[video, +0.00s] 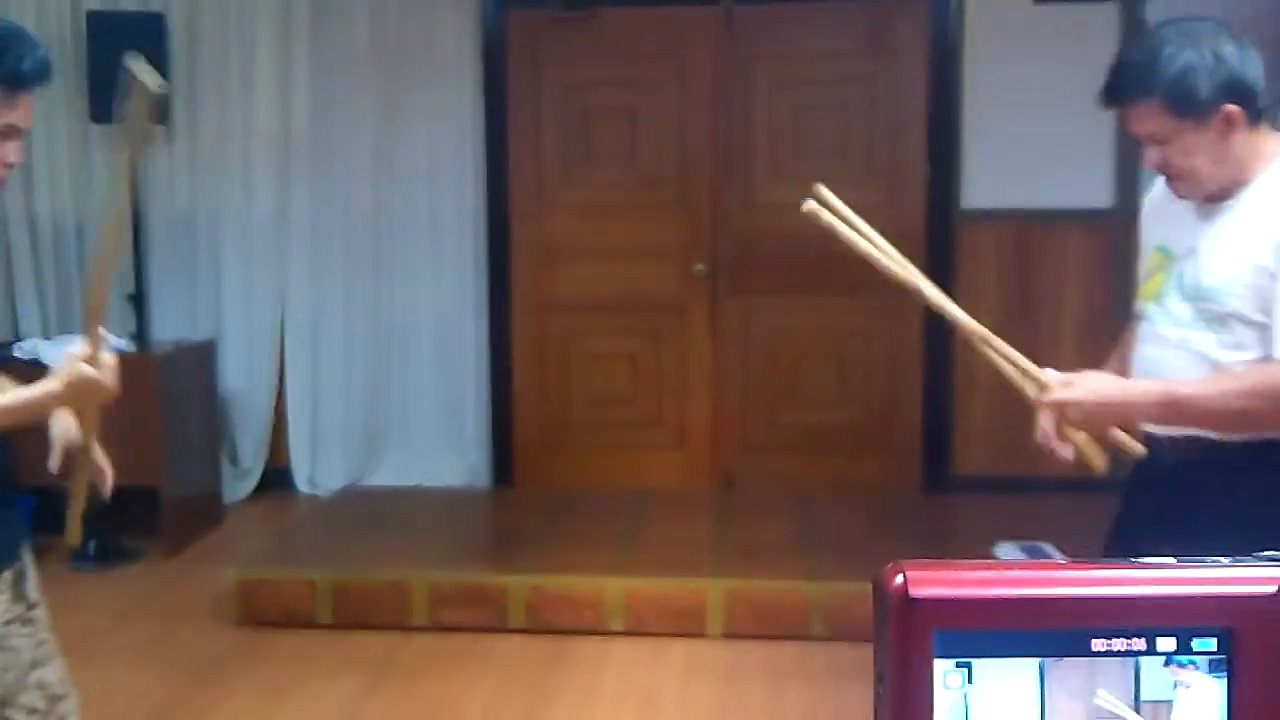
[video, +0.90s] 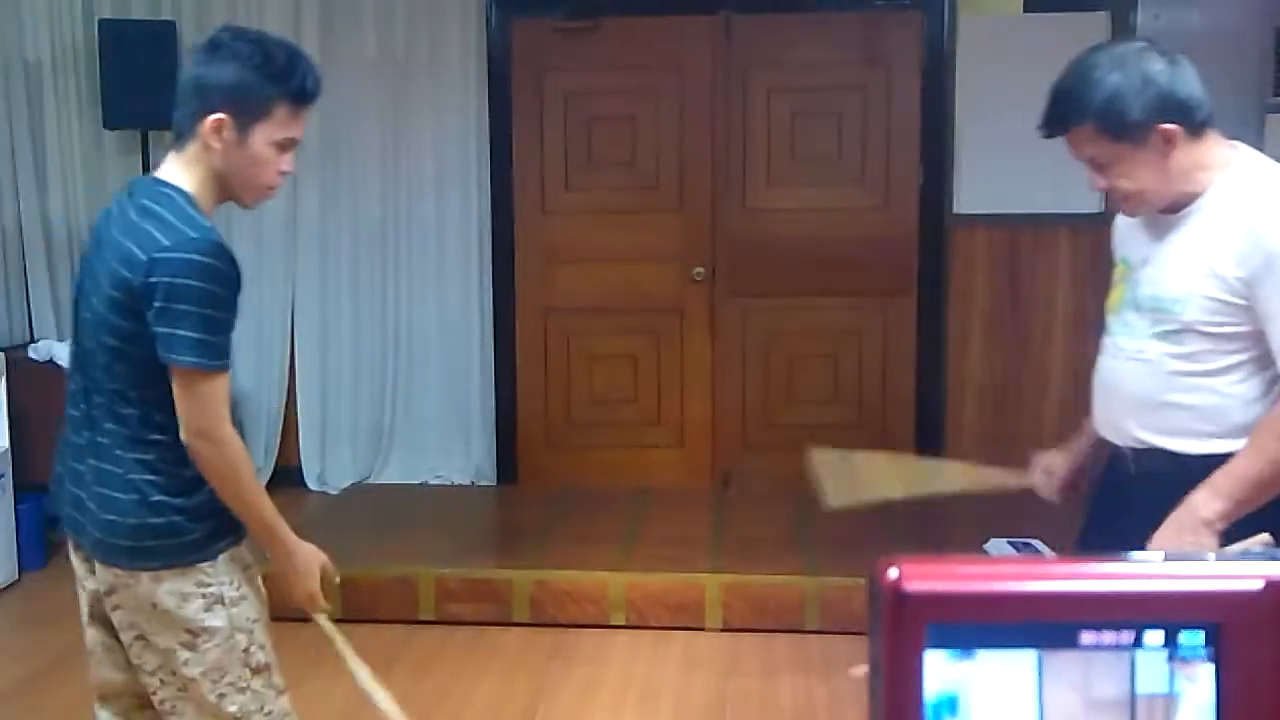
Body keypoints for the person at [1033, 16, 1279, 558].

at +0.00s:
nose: (1149, 161)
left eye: (1160, 143)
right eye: (1142, 144)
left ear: (1229, 123)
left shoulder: (1270, 209)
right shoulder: (1162, 195)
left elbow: (1276, 389)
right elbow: (1154, 325)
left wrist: (1128, 400)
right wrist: (1093, 399)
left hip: (1253, 480)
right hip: (1158, 477)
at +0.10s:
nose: (1164, 168)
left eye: (1175, 150)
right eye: (1157, 150)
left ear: (1247, 128)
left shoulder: (1272, 221)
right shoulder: (1177, 206)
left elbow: (1274, 411)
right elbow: (1154, 328)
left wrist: (1162, 439)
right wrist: (1095, 421)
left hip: (1259, 495)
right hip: (1172, 493)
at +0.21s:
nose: (1179, 172)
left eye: (1189, 154)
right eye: (1172, 155)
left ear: (1260, 133)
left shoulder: (1273, 224)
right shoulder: (1185, 204)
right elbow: (1170, 329)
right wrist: (1106, 441)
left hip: (1260, 479)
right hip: (1179, 468)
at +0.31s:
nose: (1182, 180)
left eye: (1190, 160)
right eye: (1173, 163)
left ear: (1260, 135)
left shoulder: (1272, 224)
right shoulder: (1192, 210)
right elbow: (1191, 344)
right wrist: (1135, 445)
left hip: (1261, 479)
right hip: (1177, 474)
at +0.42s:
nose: (1179, 185)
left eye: (1184, 164)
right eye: (1172, 168)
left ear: (1253, 140)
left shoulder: (1273, 226)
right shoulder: (1195, 215)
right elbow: (1207, 347)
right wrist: (1153, 444)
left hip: (1262, 481)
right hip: (1182, 473)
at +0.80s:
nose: (1128, 184)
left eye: (1135, 165)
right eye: (1120, 167)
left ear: (1202, 139)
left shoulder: (1271, 211)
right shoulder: (1162, 206)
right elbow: (1159, 346)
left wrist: (1237, 510)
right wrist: (1118, 457)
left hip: (1241, 487)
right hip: (1146, 477)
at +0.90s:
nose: (1096, 184)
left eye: (1104, 166)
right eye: (1090, 167)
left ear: (1166, 140)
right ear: (1165, 142)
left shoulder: (1265, 212)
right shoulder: (1138, 203)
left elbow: (1277, 402)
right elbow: (1143, 354)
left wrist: (1204, 511)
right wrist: (1081, 449)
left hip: (1221, 492)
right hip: (1121, 482)